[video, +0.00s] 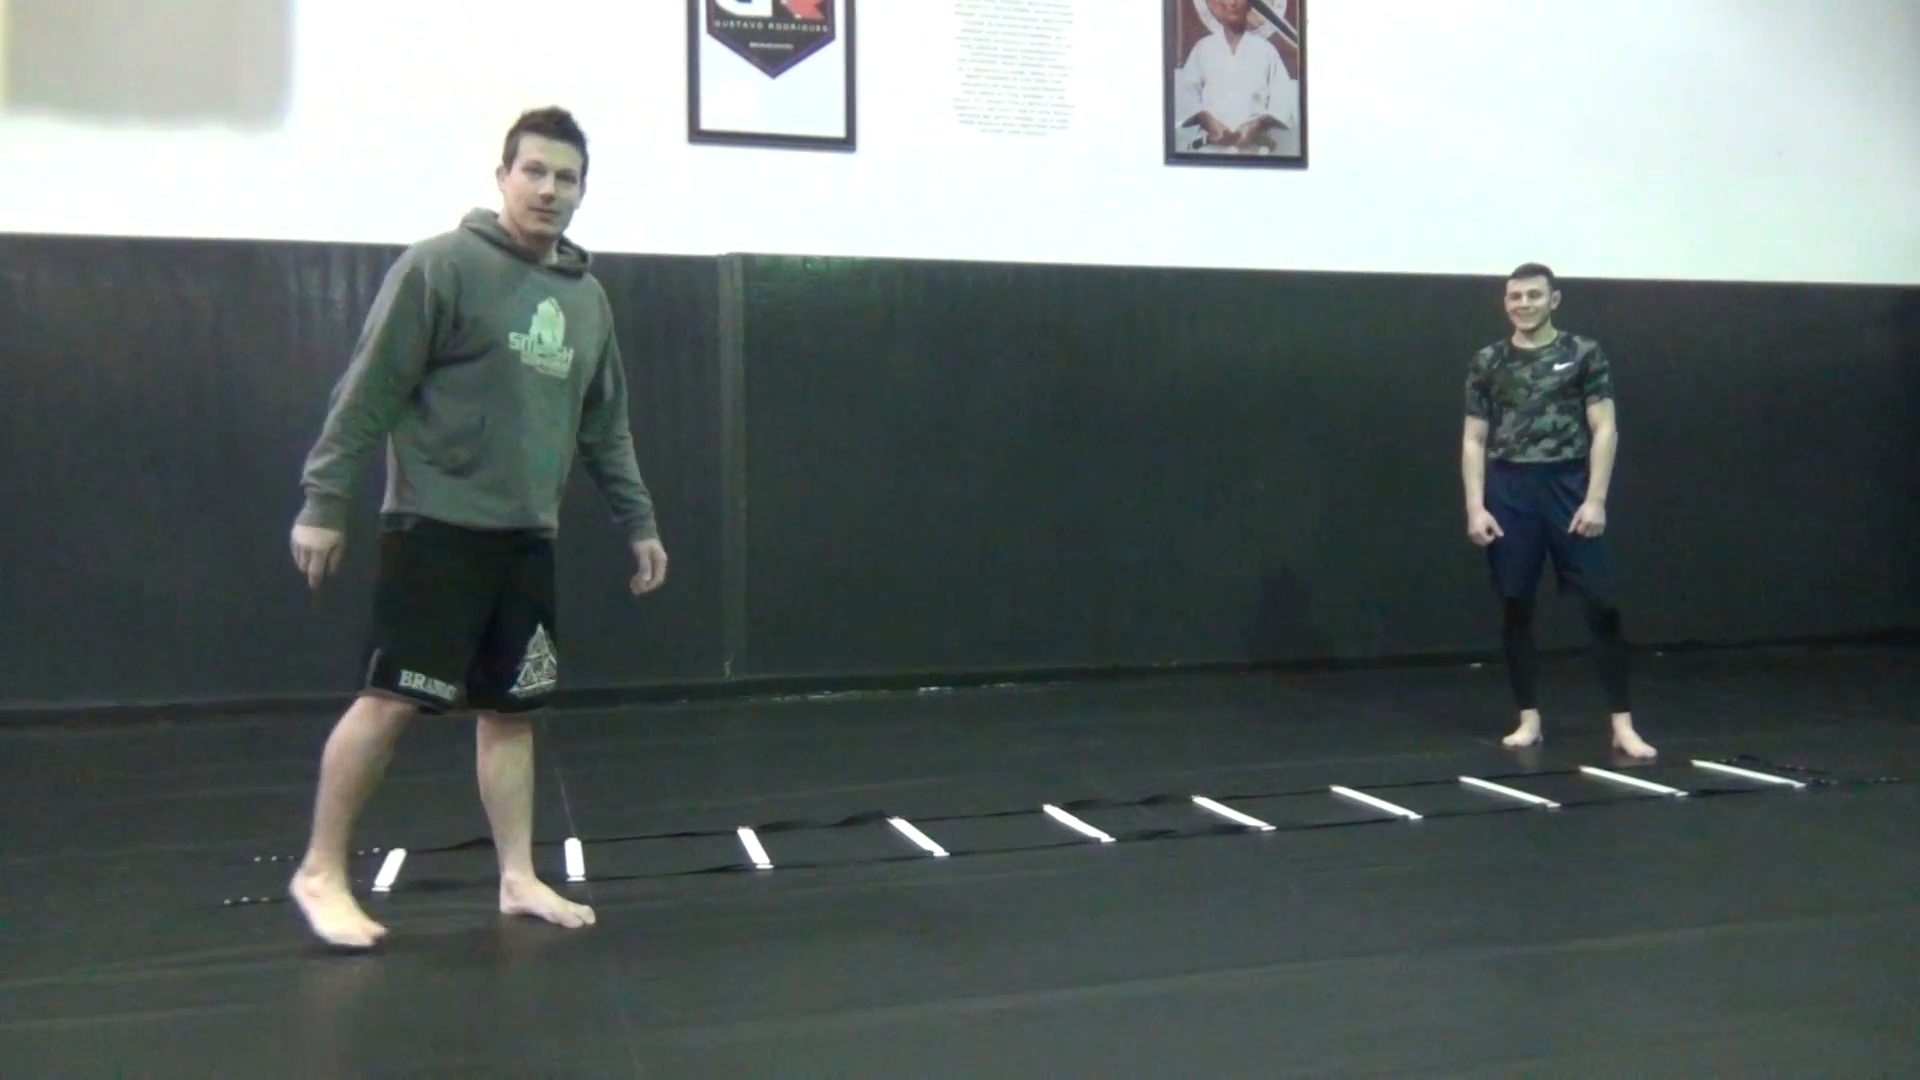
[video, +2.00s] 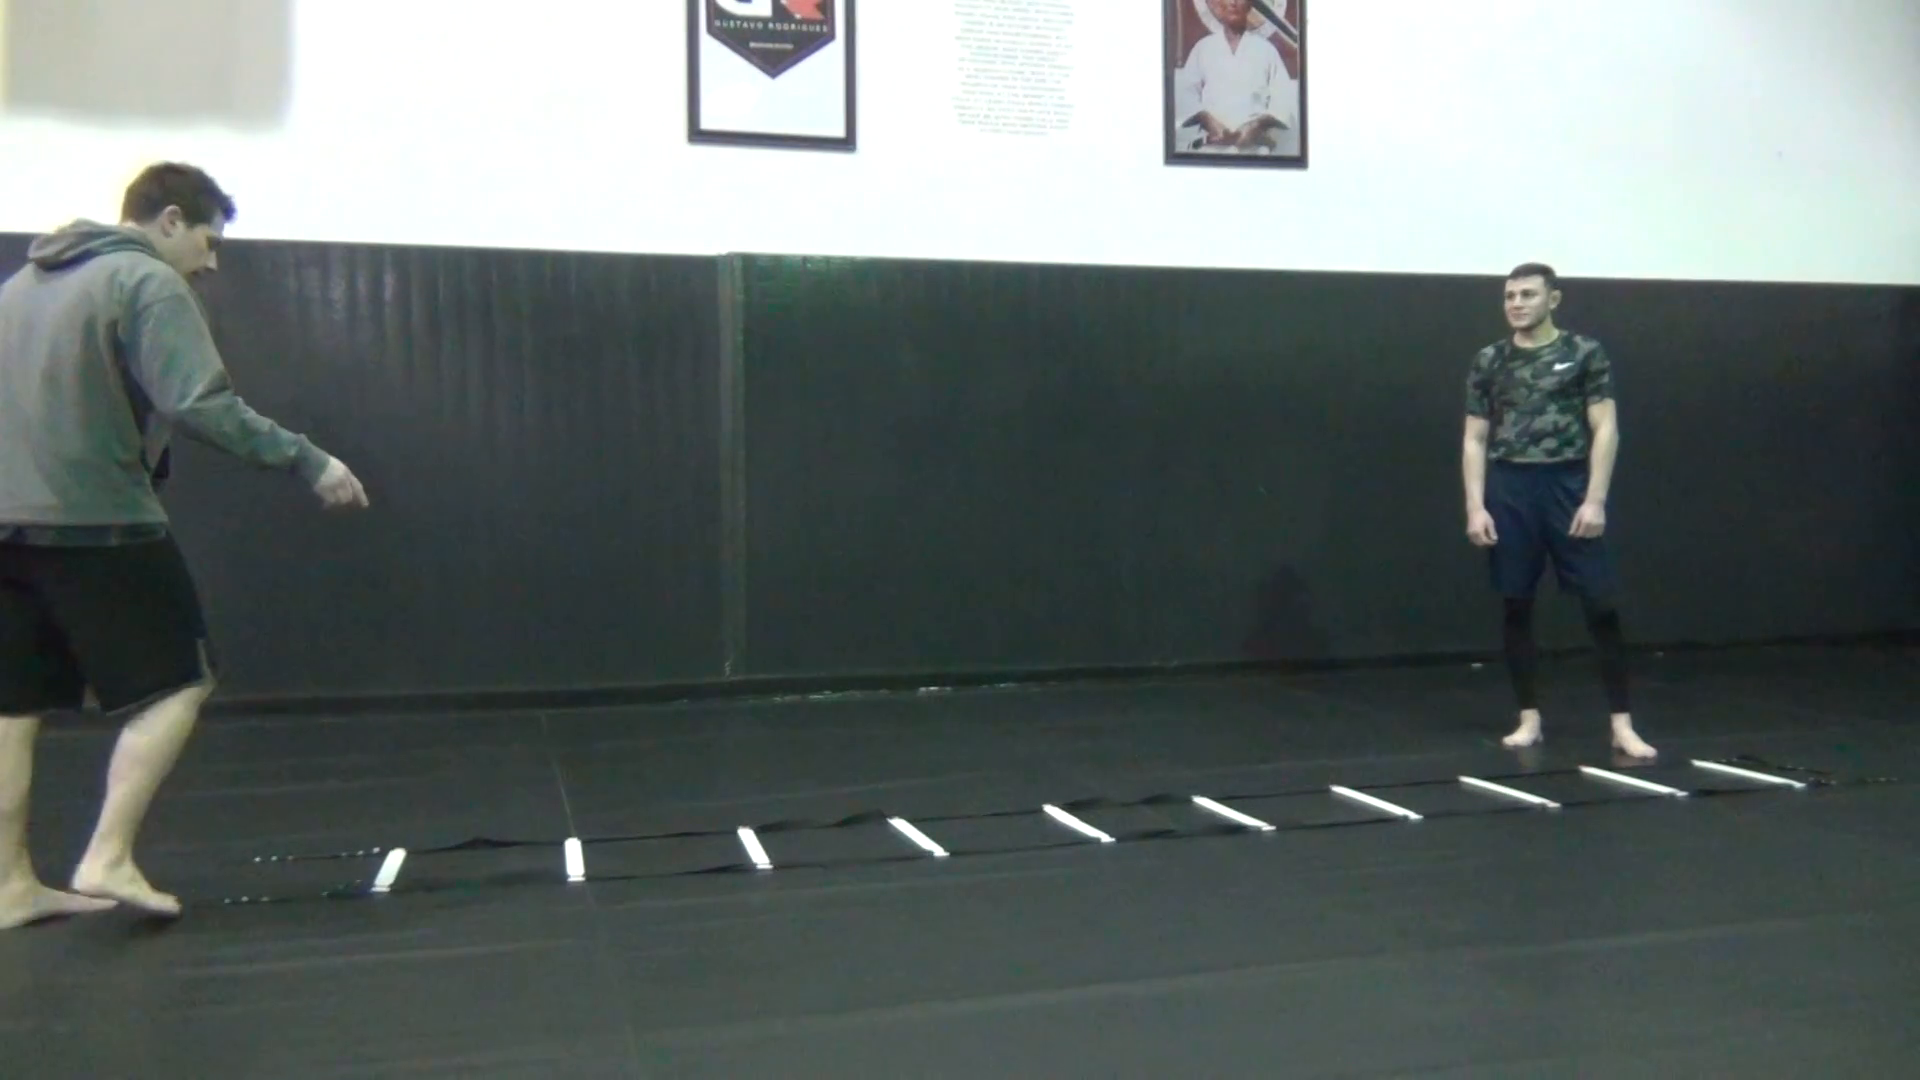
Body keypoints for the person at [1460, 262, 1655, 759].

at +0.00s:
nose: (1523, 304)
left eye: (1533, 296)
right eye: (1515, 297)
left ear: (1554, 300)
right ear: (1505, 303)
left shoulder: (1584, 353)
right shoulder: (1487, 362)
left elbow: (1604, 428)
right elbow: (1474, 440)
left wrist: (1596, 498)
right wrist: (1475, 507)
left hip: (1570, 490)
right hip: (1509, 492)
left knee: (1602, 602)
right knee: (1515, 606)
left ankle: (1621, 723)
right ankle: (1528, 718)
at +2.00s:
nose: (1516, 304)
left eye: (1528, 295)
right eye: (1510, 297)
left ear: (1553, 299)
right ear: (1504, 303)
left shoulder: (1586, 353)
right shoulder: (1489, 361)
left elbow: (1605, 428)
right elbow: (1474, 438)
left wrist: (1595, 499)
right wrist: (1475, 506)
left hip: (1571, 491)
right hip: (1509, 492)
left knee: (1601, 604)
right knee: (1515, 605)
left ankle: (1621, 724)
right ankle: (1528, 718)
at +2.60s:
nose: (1516, 305)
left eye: (1527, 296)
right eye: (1510, 298)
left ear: (1552, 299)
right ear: (1503, 304)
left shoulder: (1586, 353)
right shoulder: (1489, 361)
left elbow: (1604, 428)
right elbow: (1475, 438)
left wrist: (1595, 499)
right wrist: (1475, 506)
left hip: (1570, 490)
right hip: (1509, 491)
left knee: (1601, 604)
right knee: (1515, 605)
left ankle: (1621, 724)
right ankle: (1528, 718)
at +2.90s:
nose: (1515, 305)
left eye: (1526, 296)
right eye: (1509, 297)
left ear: (1552, 299)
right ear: (1503, 304)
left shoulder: (1586, 354)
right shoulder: (1488, 361)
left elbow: (1604, 429)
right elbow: (1475, 439)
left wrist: (1595, 499)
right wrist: (1475, 506)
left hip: (1570, 490)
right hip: (1509, 491)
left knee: (1600, 603)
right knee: (1516, 605)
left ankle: (1621, 723)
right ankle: (1528, 718)